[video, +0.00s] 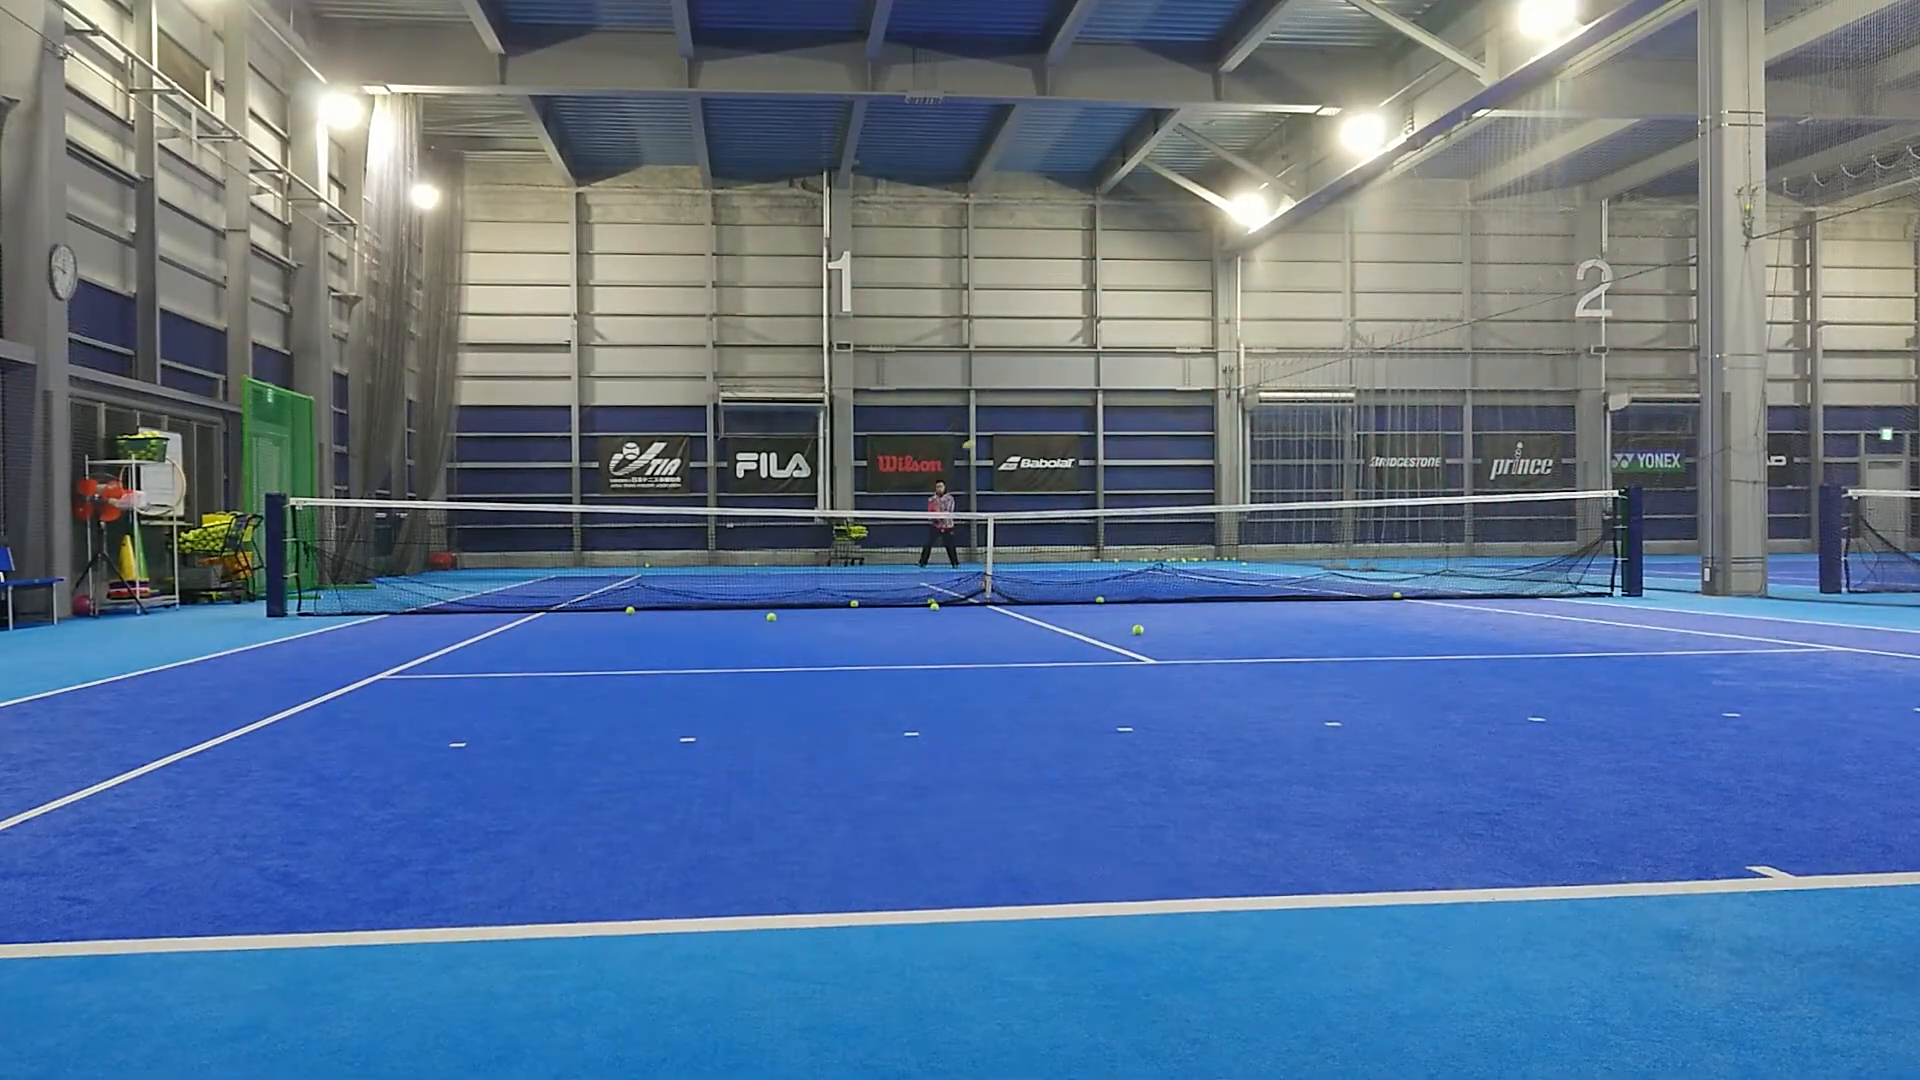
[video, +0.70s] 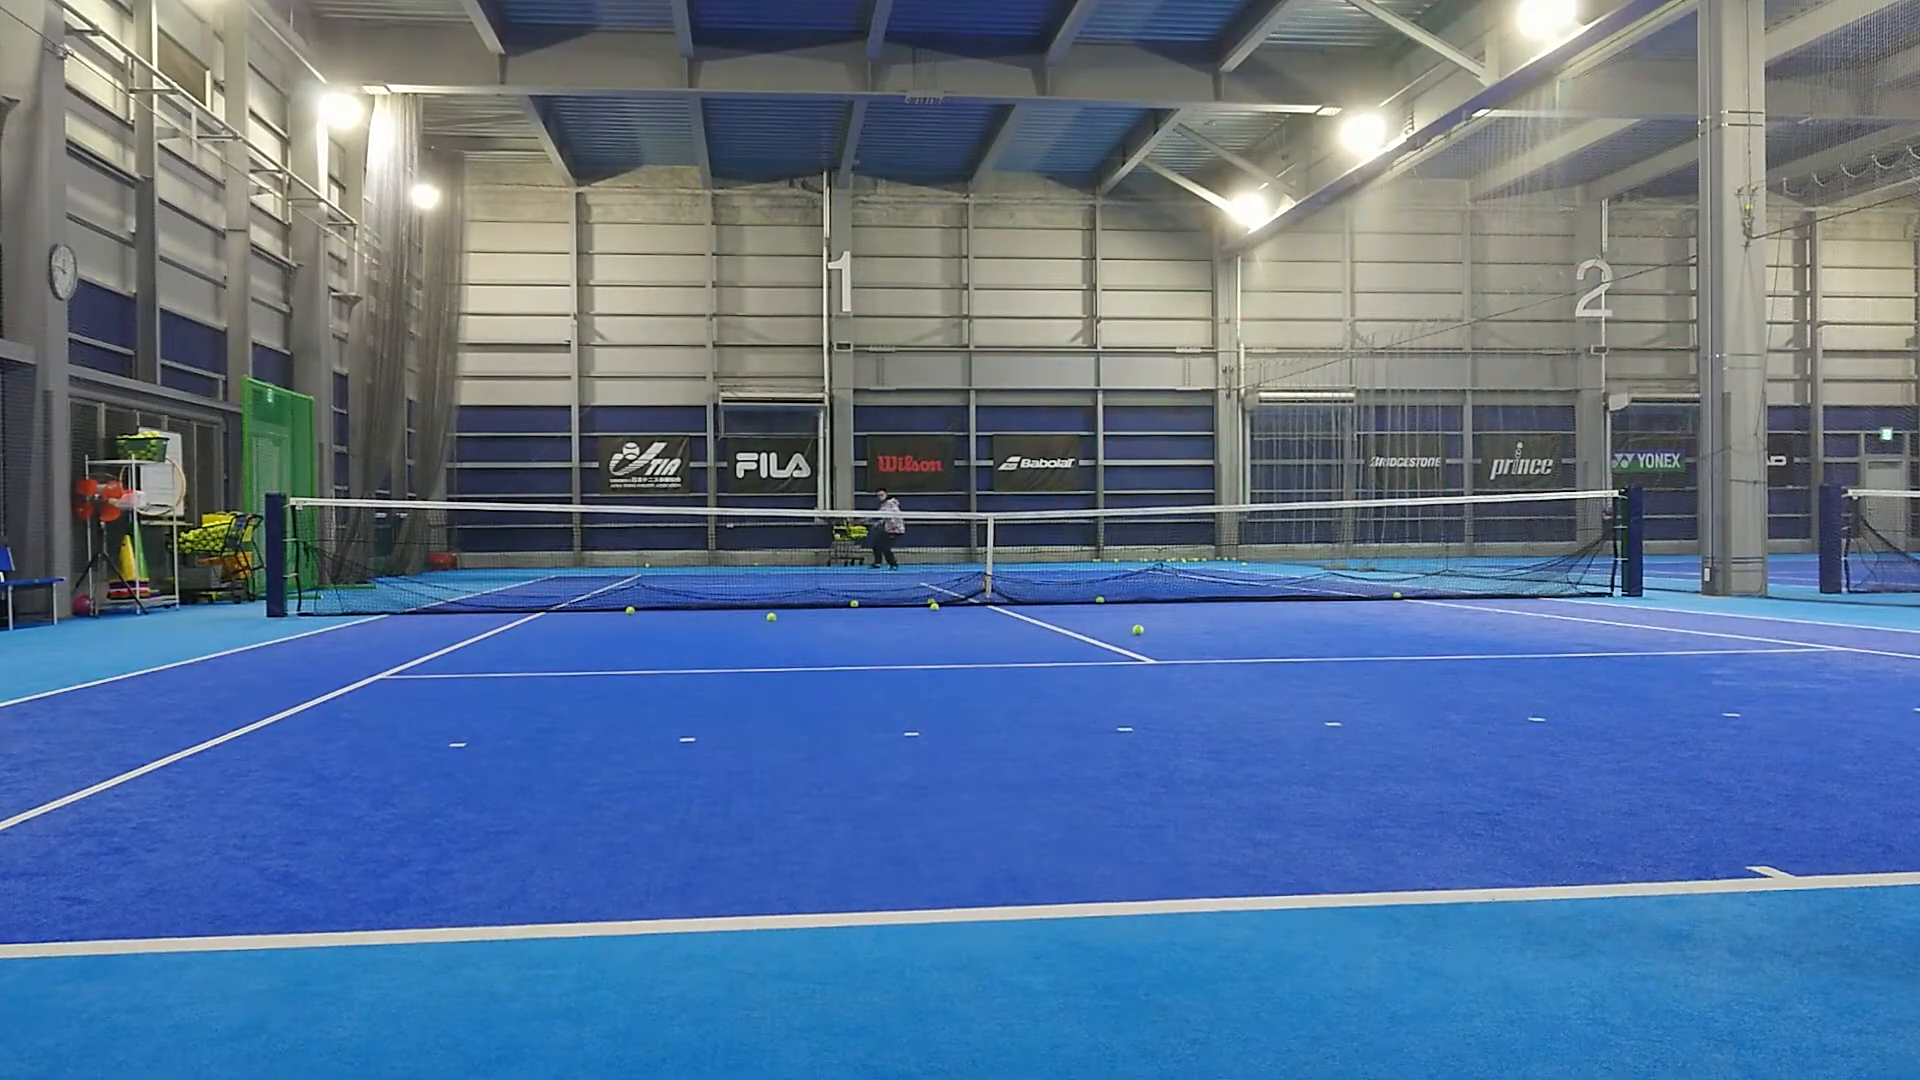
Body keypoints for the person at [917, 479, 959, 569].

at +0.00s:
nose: (939, 489)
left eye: (941, 486)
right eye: (938, 487)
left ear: (945, 488)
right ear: (935, 488)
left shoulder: (949, 499)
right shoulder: (932, 499)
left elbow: (949, 512)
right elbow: (930, 512)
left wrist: (941, 518)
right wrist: (936, 518)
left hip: (947, 526)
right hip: (936, 526)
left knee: (950, 546)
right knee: (928, 544)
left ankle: (955, 563)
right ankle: (922, 562)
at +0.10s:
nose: (931, 490)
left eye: (933, 488)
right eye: (930, 488)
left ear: (937, 489)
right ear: (928, 490)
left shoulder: (942, 500)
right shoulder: (926, 500)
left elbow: (942, 513)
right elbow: (923, 512)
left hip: (942, 527)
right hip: (930, 527)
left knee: (947, 547)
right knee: (923, 545)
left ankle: (954, 563)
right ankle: (920, 562)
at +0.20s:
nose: (922, 490)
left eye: (923, 488)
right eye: (920, 488)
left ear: (927, 489)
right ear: (918, 490)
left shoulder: (932, 498)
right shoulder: (917, 501)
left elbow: (933, 512)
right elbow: (915, 513)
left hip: (934, 527)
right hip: (923, 527)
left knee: (941, 546)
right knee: (918, 546)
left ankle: (953, 561)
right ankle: (921, 562)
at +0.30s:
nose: (913, 491)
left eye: (915, 489)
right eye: (911, 489)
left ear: (919, 489)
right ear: (909, 491)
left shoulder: (923, 498)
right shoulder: (910, 501)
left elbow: (922, 509)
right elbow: (907, 512)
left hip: (926, 526)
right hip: (916, 526)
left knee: (925, 547)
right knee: (914, 546)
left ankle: (939, 554)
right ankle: (920, 562)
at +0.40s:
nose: (905, 491)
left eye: (906, 489)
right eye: (903, 490)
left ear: (910, 489)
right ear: (901, 491)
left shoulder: (916, 497)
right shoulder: (903, 500)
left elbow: (915, 507)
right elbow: (900, 510)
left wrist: (905, 510)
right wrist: (892, 510)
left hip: (918, 524)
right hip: (909, 524)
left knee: (912, 544)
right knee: (907, 544)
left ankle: (920, 562)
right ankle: (916, 562)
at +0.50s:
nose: (897, 492)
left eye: (899, 489)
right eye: (895, 490)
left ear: (903, 489)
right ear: (894, 491)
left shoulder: (908, 499)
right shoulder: (896, 500)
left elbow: (912, 511)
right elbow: (893, 509)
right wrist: (882, 510)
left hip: (908, 524)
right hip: (901, 524)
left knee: (901, 546)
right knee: (900, 546)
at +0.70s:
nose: (880, 497)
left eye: (882, 495)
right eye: (879, 495)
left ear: (886, 494)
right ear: (877, 497)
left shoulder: (891, 504)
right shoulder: (883, 506)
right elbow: (882, 518)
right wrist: (877, 524)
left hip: (891, 529)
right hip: (884, 529)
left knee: (885, 546)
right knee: (876, 544)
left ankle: (893, 563)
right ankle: (877, 562)